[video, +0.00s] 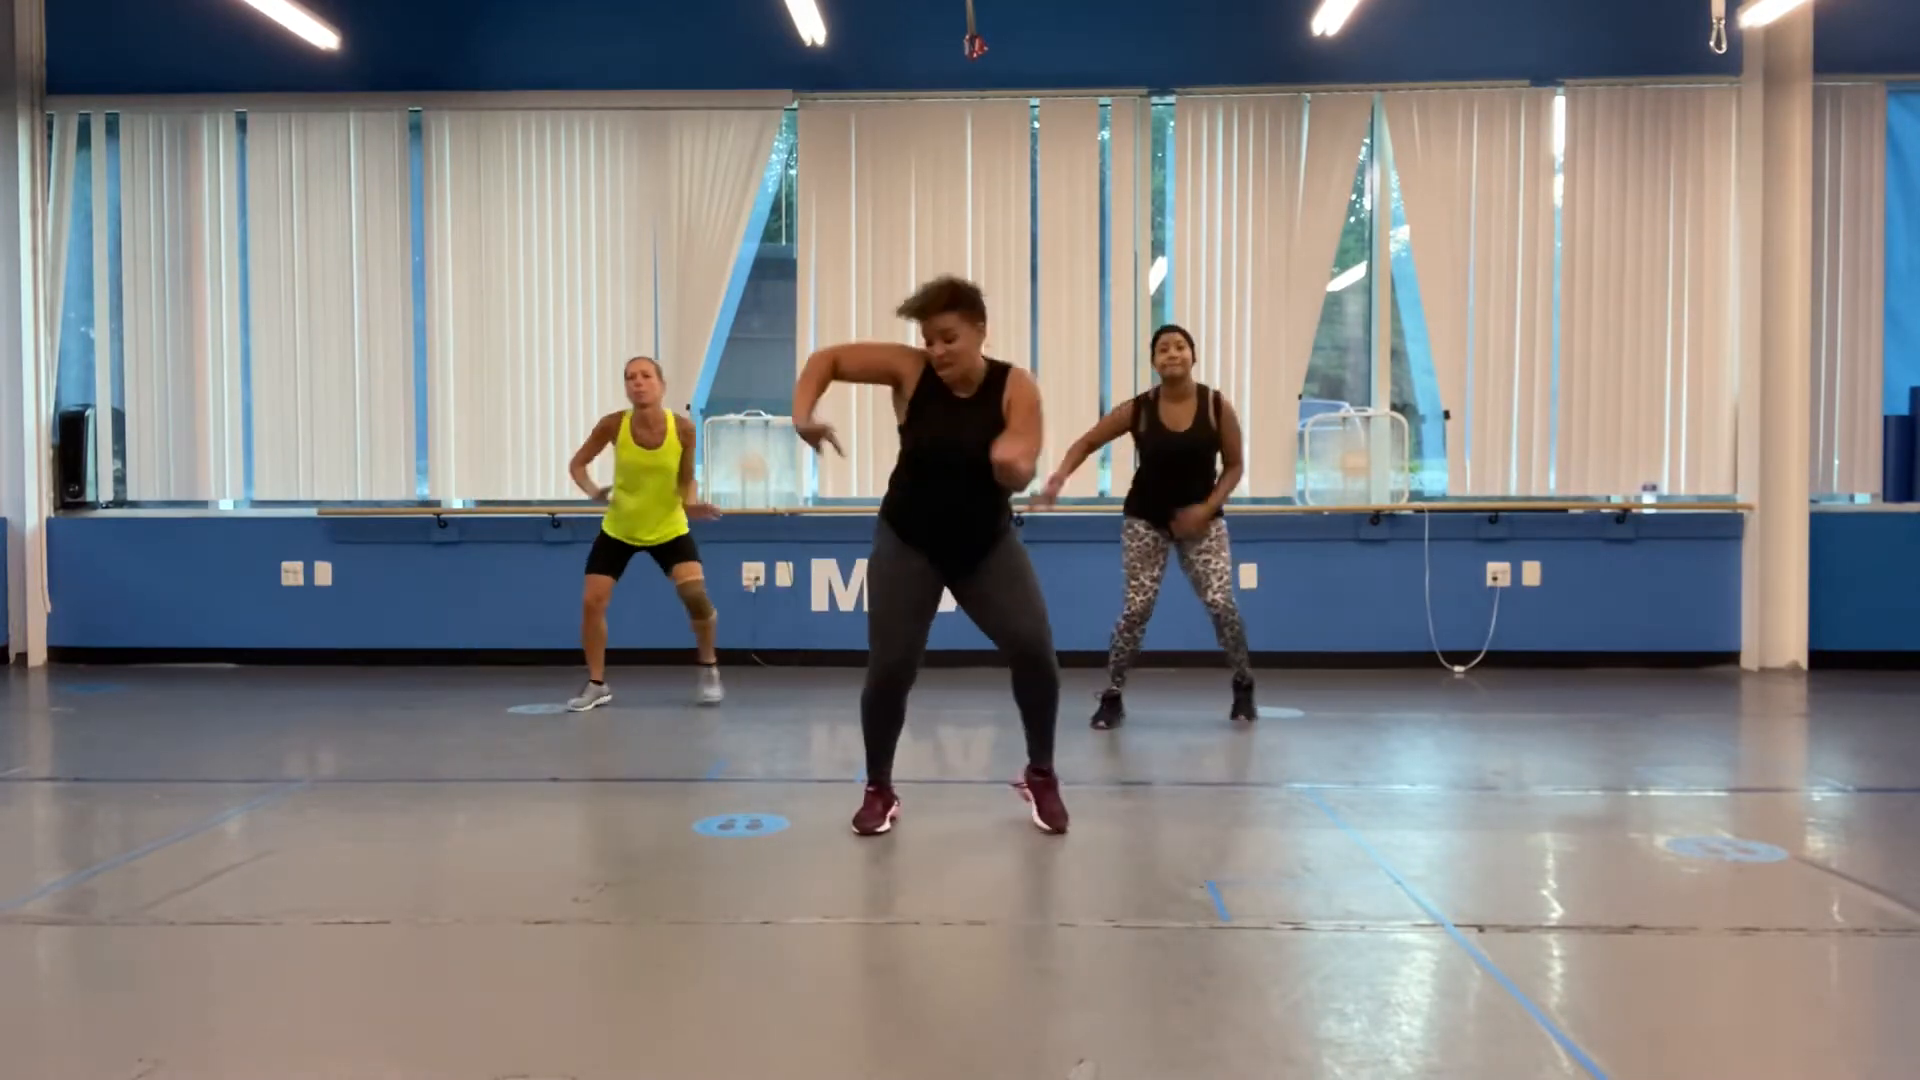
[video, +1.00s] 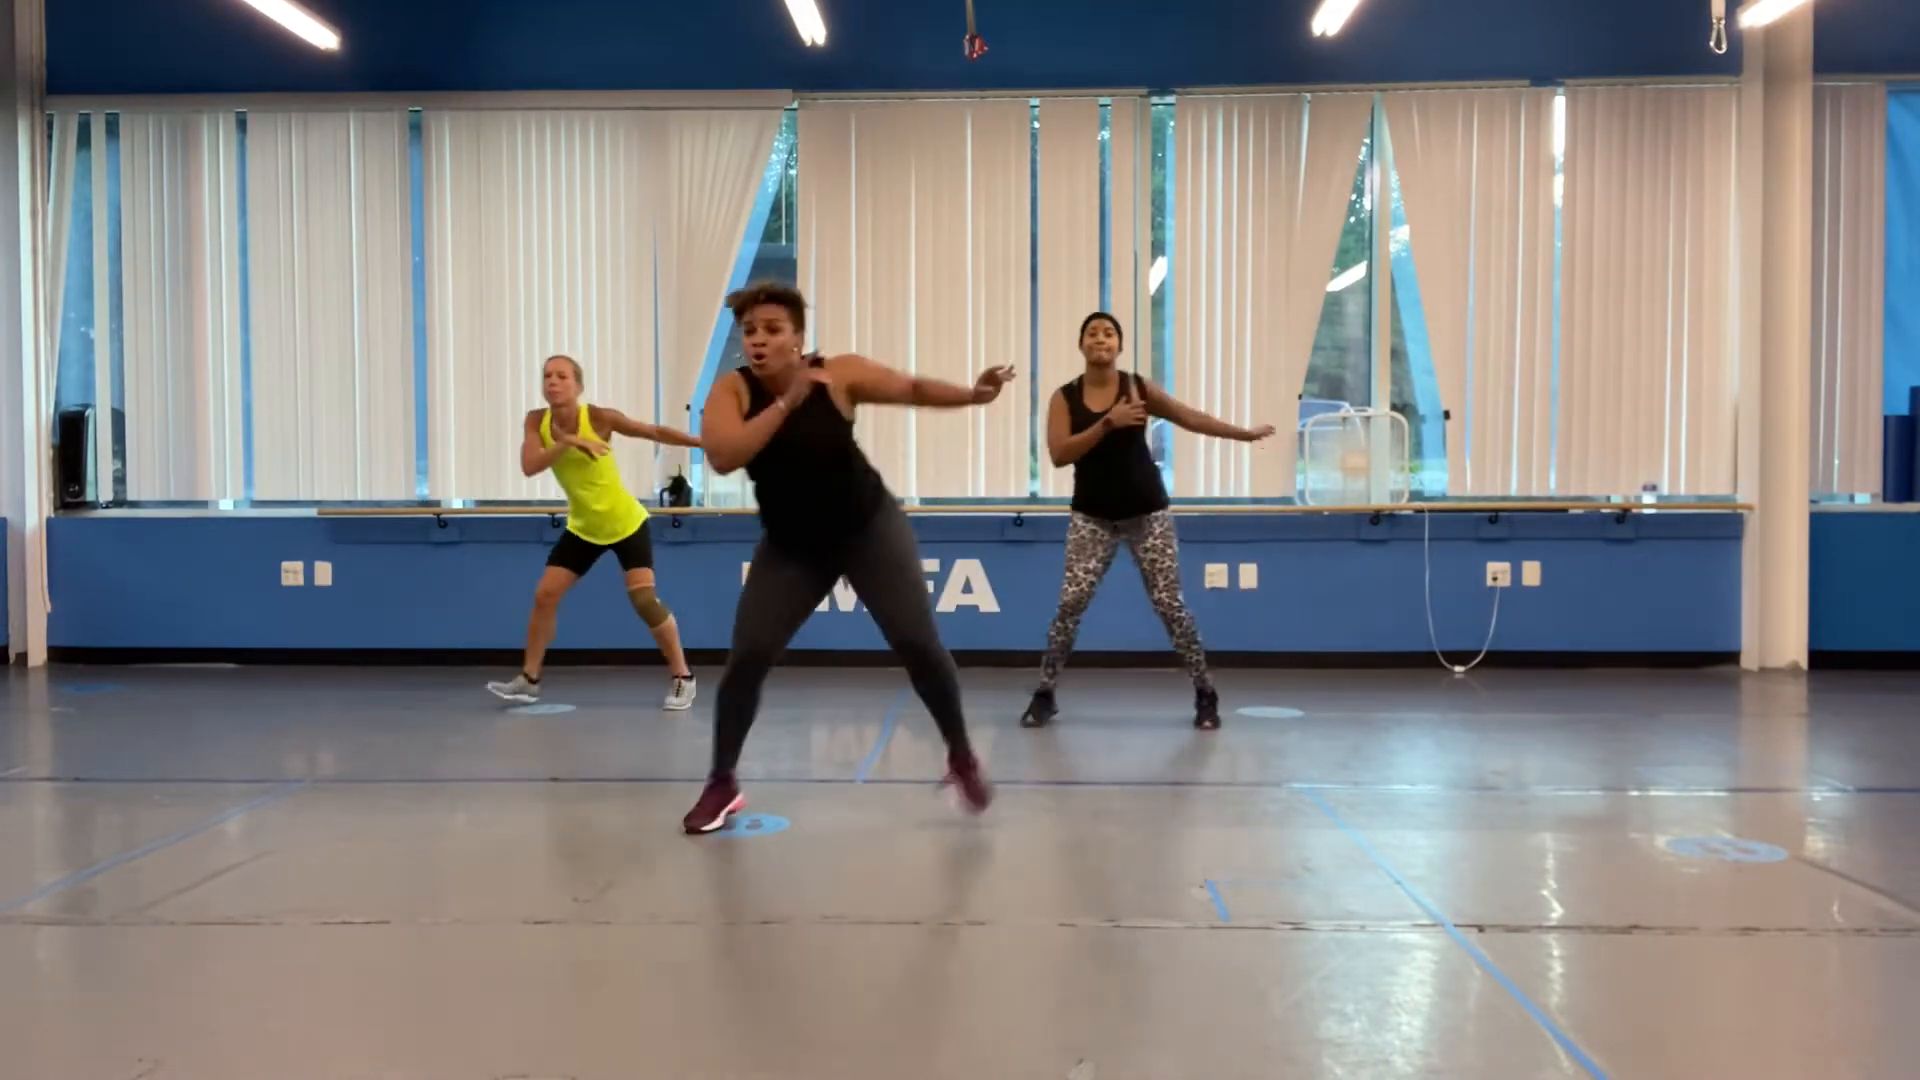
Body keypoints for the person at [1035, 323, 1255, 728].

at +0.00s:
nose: (1172, 354)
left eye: (1180, 347)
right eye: (1163, 350)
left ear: (1193, 356)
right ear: (1153, 362)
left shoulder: (1217, 407)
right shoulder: (1136, 410)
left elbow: (1234, 466)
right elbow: (1086, 444)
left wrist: (1207, 509)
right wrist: (1059, 476)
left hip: (1199, 519)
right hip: (1145, 520)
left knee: (1220, 603)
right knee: (1137, 608)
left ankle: (1244, 687)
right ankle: (1112, 696)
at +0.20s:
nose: (1194, 358)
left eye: (1201, 350)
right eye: (1185, 354)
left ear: (1215, 359)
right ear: (1177, 367)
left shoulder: (1244, 408)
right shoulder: (1164, 418)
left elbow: (1264, 471)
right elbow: (1134, 475)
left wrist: (1223, 499)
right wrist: (1085, 478)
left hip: (1228, 527)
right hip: (1170, 526)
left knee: (1246, 611)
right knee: (1162, 607)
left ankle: (1264, 701)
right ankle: (1112, 663)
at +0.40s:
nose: (1189, 353)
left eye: (1196, 346)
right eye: (1181, 349)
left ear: (1210, 355)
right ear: (1172, 362)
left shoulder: (1235, 404)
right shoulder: (1159, 417)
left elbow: (1265, 462)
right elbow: (1151, 487)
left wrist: (1300, 510)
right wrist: (1163, 528)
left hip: (1227, 527)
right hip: (1173, 527)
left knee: (1239, 613)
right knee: (1147, 609)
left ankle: (1264, 703)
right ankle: (1130, 692)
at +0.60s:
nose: (1160, 344)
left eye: (1167, 337)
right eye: (1152, 339)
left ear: (1180, 349)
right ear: (1140, 352)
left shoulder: (1196, 395)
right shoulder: (1120, 400)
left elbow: (1238, 434)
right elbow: (1117, 458)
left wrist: (1296, 453)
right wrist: (1172, 443)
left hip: (1191, 514)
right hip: (1136, 517)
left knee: (1217, 604)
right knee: (1123, 609)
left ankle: (1261, 697)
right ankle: (1107, 693)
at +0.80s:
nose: (1131, 345)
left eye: (1139, 338)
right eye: (1123, 340)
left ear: (1151, 349)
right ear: (1112, 352)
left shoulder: (1172, 395)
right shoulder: (1098, 404)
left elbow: (1215, 433)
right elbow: (1086, 462)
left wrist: (1269, 453)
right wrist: (1142, 445)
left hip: (1170, 521)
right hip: (1115, 522)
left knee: (1177, 610)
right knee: (1099, 609)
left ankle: (1200, 698)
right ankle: (1102, 690)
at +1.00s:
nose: (1100, 341)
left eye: (1108, 335)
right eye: (1093, 335)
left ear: (1119, 346)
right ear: (1080, 346)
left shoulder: (1138, 390)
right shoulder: (1064, 398)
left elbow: (1192, 419)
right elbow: (1059, 455)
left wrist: (1245, 434)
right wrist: (1108, 422)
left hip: (1148, 515)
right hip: (1092, 518)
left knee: (1168, 604)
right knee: (1071, 602)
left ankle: (1205, 693)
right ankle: (1044, 694)